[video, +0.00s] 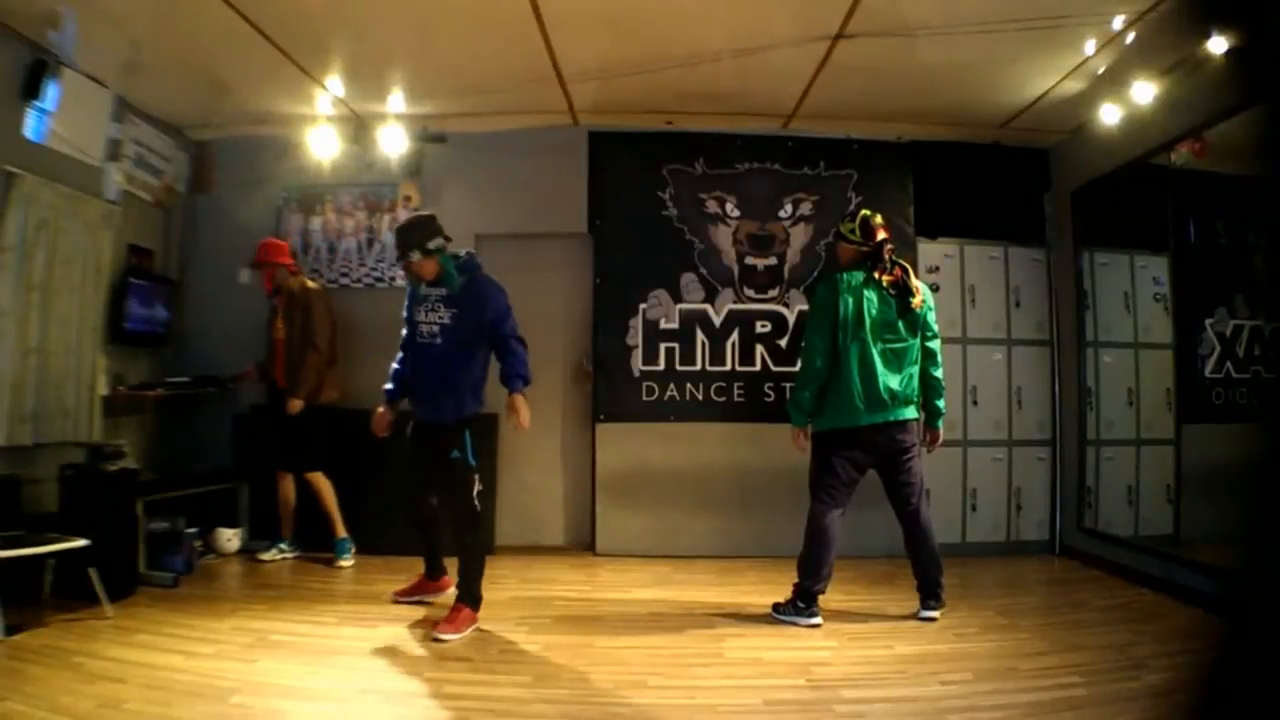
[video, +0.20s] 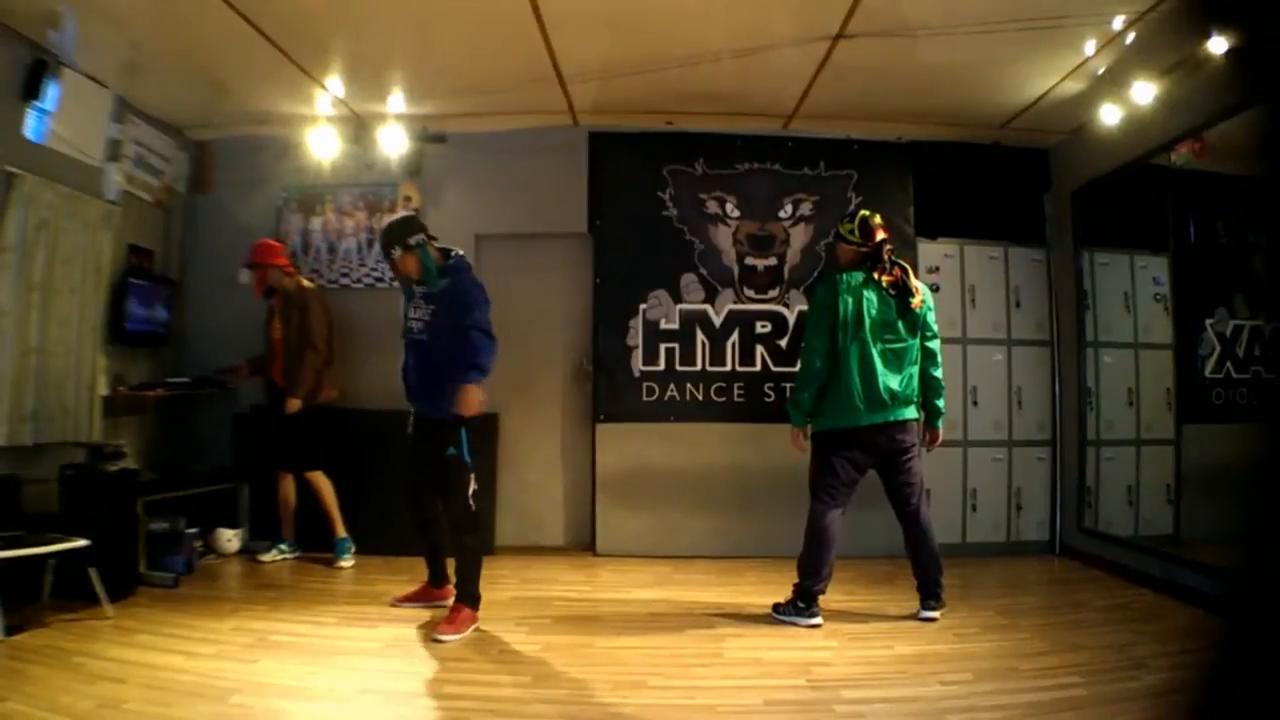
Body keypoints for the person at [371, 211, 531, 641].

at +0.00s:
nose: (409, 270)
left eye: (413, 261)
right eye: (406, 262)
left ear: (434, 253)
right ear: (415, 258)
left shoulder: (479, 289)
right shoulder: (419, 289)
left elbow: (508, 339)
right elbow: (409, 348)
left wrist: (516, 389)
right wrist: (390, 398)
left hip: (466, 414)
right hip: (425, 414)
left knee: (467, 508)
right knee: (421, 496)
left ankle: (468, 604)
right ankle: (435, 574)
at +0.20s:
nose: (396, 269)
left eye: (398, 259)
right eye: (392, 261)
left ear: (417, 250)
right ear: (403, 255)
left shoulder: (460, 282)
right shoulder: (415, 284)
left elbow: (480, 335)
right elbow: (421, 340)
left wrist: (471, 379)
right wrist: (416, 388)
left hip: (455, 410)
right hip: (425, 408)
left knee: (462, 502)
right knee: (424, 494)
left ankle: (468, 603)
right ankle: (438, 581)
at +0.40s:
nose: (390, 270)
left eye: (392, 260)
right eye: (385, 263)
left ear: (411, 249)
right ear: (387, 262)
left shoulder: (453, 285)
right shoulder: (402, 291)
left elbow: (453, 353)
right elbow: (399, 348)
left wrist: (401, 381)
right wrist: (398, 398)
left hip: (450, 406)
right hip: (420, 406)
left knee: (440, 496)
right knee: (419, 493)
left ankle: (461, 594)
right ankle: (437, 581)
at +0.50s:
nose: (388, 273)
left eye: (389, 264)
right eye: (383, 266)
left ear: (407, 252)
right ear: (389, 263)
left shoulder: (450, 285)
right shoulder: (404, 293)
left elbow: (449, 351)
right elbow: (386, 351)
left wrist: (393, 351)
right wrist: (365, 404)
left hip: (449, 406)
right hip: (419, 406)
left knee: (435, 493)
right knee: (419, 491)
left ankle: (459, 587)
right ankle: (438, 582)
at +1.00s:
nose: (407, 273)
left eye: (408, 263)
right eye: (403, 267)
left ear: (427, 248)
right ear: (412, 258)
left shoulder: (460, 272)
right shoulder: (430, 279)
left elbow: (414, 311)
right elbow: (389, 329)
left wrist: (392, 311)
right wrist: (387, 353)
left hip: (451, 403)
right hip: (431, 402)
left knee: (453, 505)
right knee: (438, 499)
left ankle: (459, 614)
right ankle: (445, 581)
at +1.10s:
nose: (410, 270)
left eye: (414, 261)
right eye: (405, 264)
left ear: (432, 250)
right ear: (407, 262)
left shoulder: (462, 274)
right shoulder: (424, 283)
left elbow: (414, 313)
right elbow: (390, 338)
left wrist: (394, 309)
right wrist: (407, 349)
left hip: (453, 405)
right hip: (431, 405)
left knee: (451, 506)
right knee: (437, 500)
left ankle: (458, 614)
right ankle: (447, 582)